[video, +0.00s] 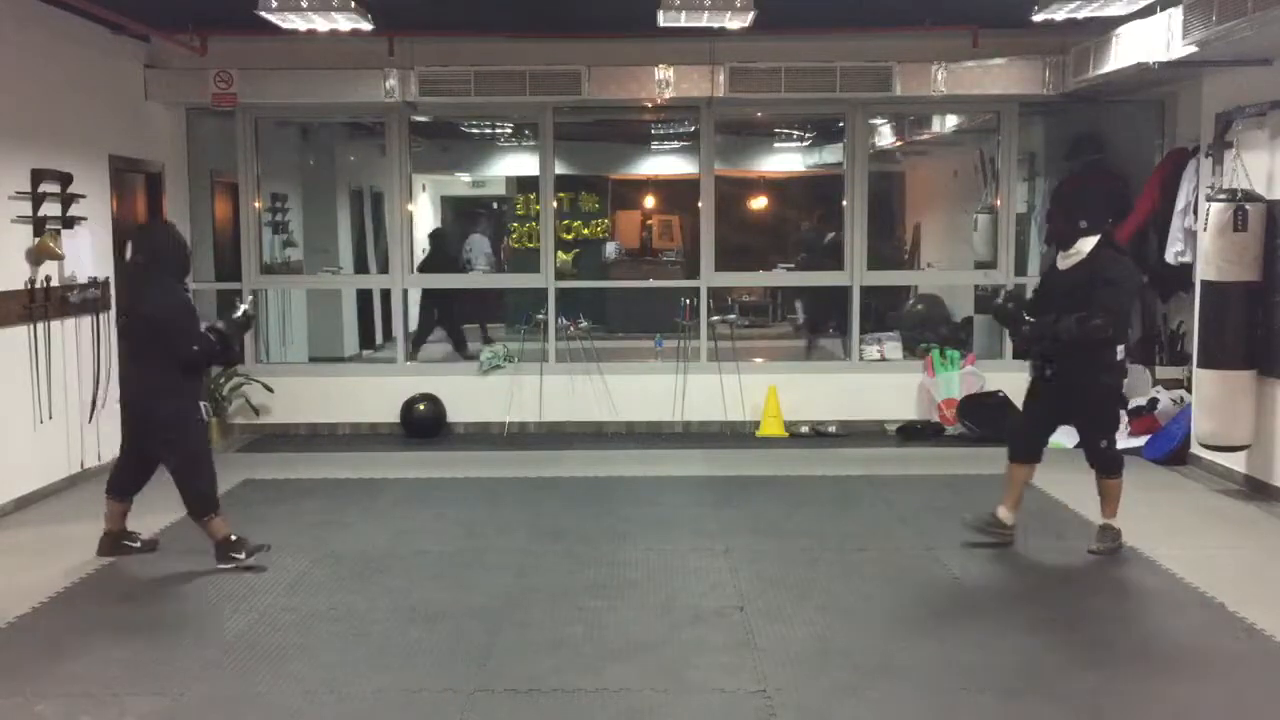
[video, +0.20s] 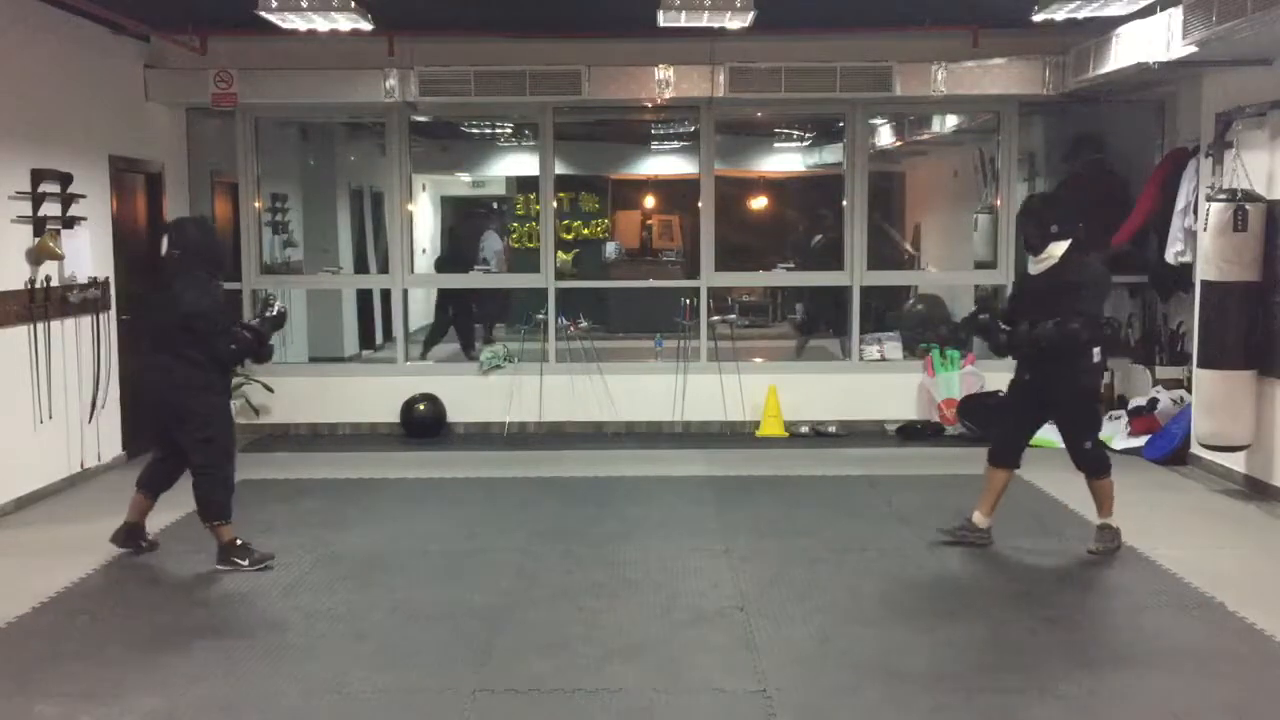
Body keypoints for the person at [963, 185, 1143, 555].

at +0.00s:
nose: (1049, 222)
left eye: (1057, 214)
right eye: (1051, 214)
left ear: (1077, 216)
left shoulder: (1112, 263)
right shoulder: (1058, 263)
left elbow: (1108, 325)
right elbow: (1040, 314)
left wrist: (1046, 334)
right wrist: (1014, 315)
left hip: (1096, 376)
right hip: (1053, 374)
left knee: (1103, 451)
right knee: (1025, 440)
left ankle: (1109, 526)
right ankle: (1004, 518)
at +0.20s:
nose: (1026, 237)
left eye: (1032, 228)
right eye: (1023, 229)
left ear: (1052, 226)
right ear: (1024, 230)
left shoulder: (1086, 269)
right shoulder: (1028, 276)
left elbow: (1083, 327)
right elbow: (1011, 335)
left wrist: (1032, 337)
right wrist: (992, 329)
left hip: (1074, 375)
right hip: (1032, 375)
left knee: (1087, 450)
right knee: (1005, 444)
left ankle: (1107, 525)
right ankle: (979, 522)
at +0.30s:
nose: (1001, 234)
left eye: (1006, 226)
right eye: (1000, 226)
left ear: (1027, 226)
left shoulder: (1063, 266)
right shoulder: (1010, 274)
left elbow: (1075, 325)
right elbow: (994, 329)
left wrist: (1022, 336)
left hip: (1059, 374)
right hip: (1017, 375)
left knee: (1075, 447)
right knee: (991, 441)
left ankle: (1105, 524)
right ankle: (975, 524)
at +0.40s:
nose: (978, 235)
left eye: (984, 226)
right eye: (979, 227)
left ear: (1007, 227)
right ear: (1003, 229)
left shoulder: (1043, 265)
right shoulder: (992, 274)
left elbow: (1046, 324)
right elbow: (987, 325)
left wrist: (991, 339)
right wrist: (959, 330)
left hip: (1041, 375)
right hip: (1002, 375)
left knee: (1059, 448)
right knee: (979, 442)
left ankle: (1098, 520)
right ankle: (975, 524)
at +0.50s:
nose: (964, 230)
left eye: (970, 222)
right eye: (965, 222)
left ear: (992, 223)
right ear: (990, 224)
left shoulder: (1029, 263)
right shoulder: (979, 266)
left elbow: (1033, 322)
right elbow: (969, 317)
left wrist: (977, 342)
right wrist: (941, 322)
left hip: (1026, 369)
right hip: (987, 369)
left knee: (1042, 448)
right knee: (974, 441)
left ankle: (1087, 515)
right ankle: (975, 524)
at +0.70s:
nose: (946, 228)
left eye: (952, 220)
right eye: (946, 220)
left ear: (974, 221)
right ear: (975, 221)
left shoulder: (1011, 266)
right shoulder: (955, 265)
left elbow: (1016, 328)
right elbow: (930, 306)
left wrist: (999, 372)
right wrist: (892, 320)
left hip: (999, 372)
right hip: (964, 371)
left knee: (995, 447)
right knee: (968, 447)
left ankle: (1033, 509)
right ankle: (975, 523)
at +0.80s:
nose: (937, 228)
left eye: (942, 220)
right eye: (937, 220)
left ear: (964, 220)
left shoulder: (1000, 263)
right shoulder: (946, 263)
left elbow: (1020, 323)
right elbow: (918, 305)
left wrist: (1021, 373)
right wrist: (882, 324)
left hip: (989, 366)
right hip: (955, 367)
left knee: (972, 443)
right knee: (958, 443)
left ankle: (992, 526)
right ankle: (974, 523)